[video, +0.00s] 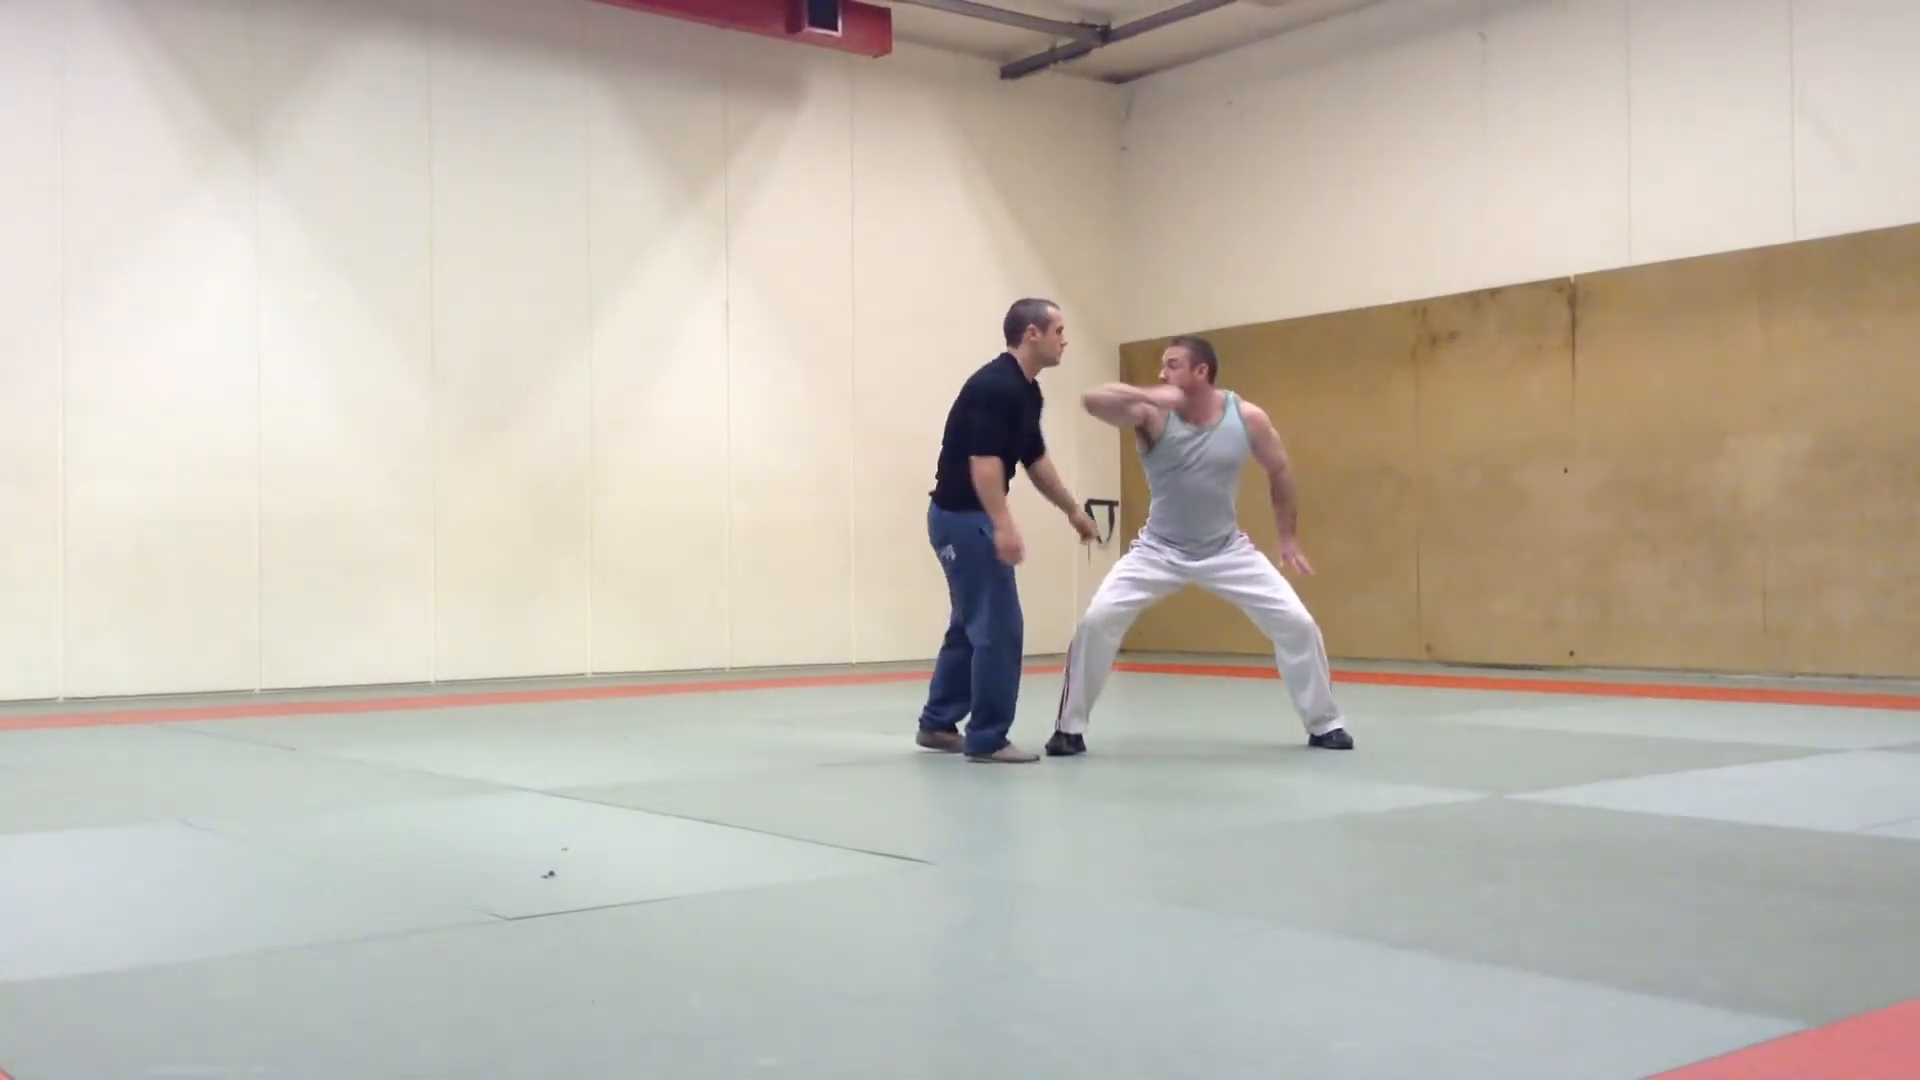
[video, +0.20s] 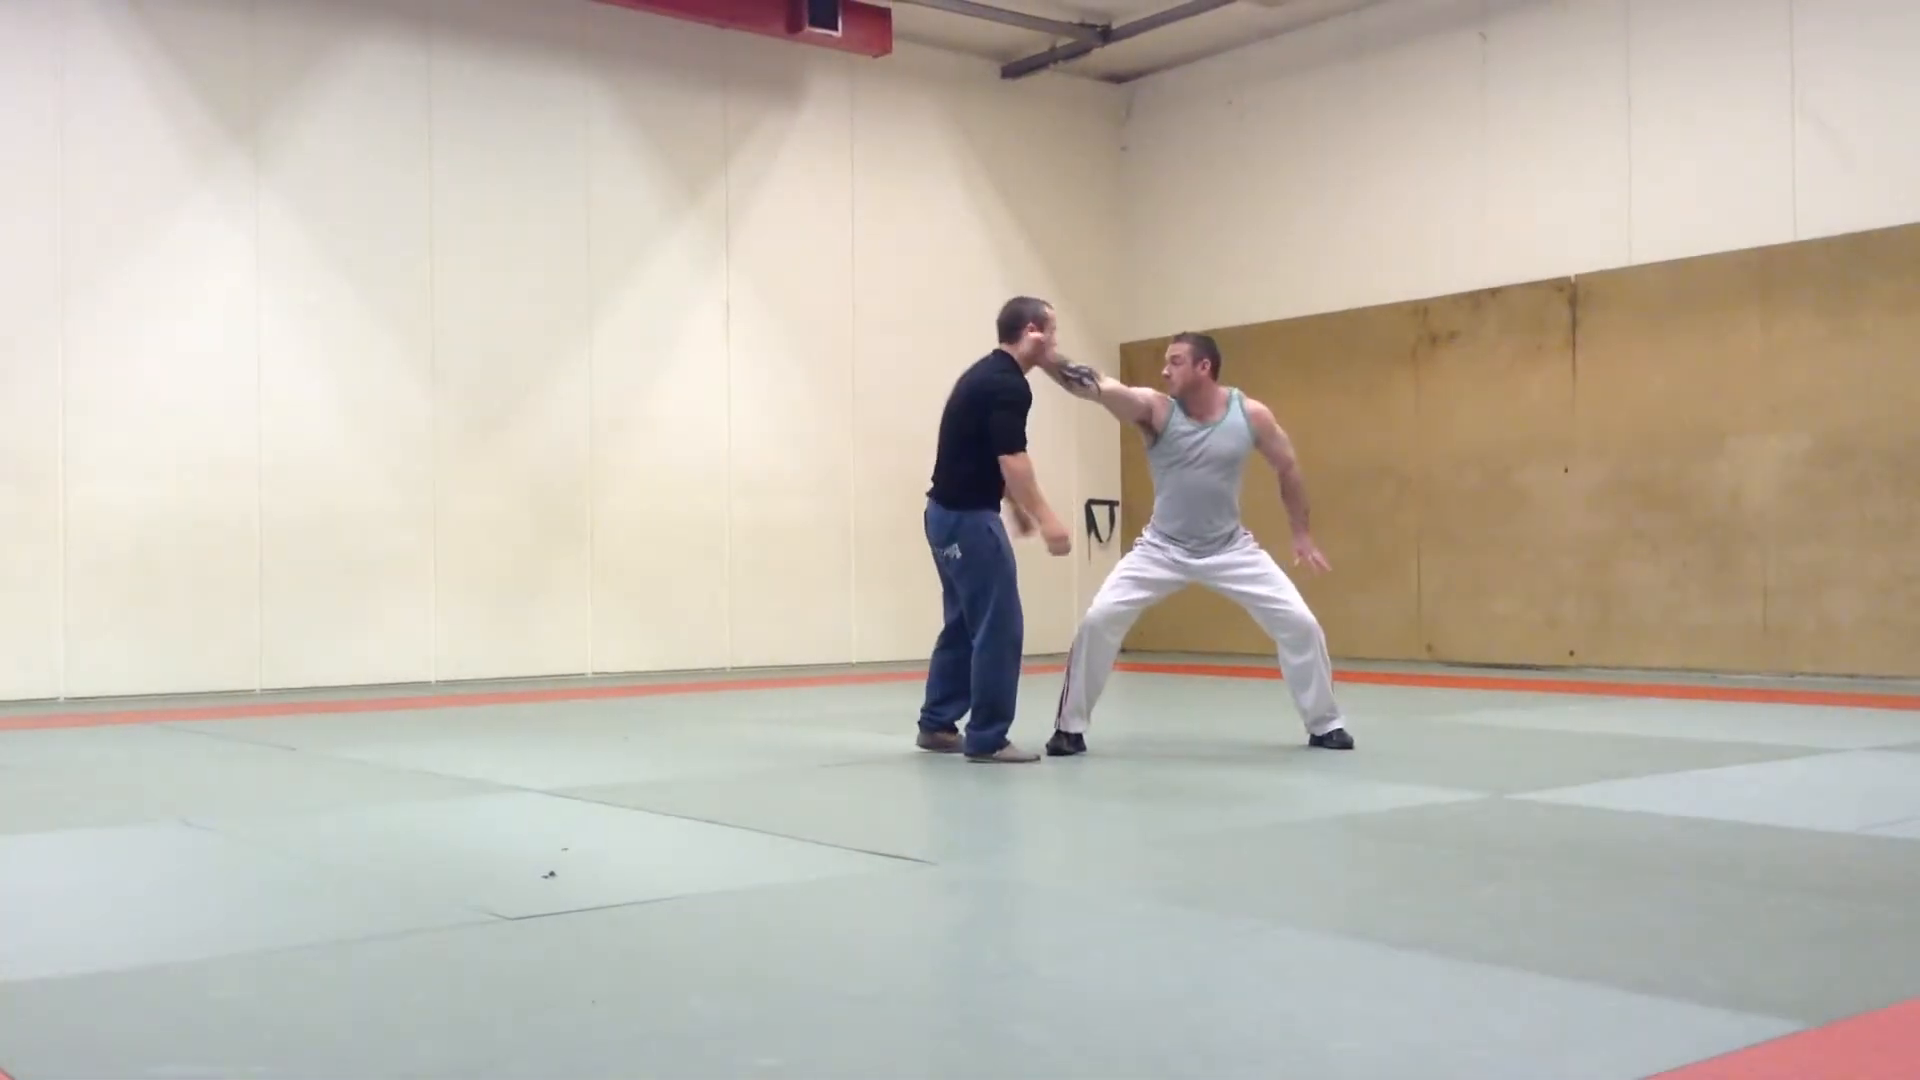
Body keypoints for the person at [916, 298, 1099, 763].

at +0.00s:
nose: (1064, 339)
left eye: (1063, 331)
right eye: (1058, 331)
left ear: (1033, 334)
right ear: (1032, 334)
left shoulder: (1027, 391)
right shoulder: (994, 386)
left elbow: (1036, 461)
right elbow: (984, 465)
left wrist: (1073, 509)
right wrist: (1004, 525)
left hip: (973, 519)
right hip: (966, 520)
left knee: (969, 624)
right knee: (999, 628)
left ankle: (937, 723)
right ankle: (987, 741)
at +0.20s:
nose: (1056, 341)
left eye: (1055, 332)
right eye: (1052, 332)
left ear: (1015, 333)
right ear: (1031, 333)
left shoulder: (986, 372)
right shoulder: (1007, 382)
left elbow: (991, 449)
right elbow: (1012, 460)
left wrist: (1014, 500)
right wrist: (1047, 521)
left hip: (947, 516)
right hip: (970, 521)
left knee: (965, 623)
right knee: (1001, 626)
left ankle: (937, 723)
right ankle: (987, 739)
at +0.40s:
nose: (1012, 330)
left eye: (1005, 322)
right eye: (1011, 323)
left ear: (965, 326)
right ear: (1005, 325)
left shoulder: (939, 376)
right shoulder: (1004, 380)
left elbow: (934, 453)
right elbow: (1028, 461)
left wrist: (945, 503)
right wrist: (1058, 515)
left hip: (942, 520)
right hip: (982, 524)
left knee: (959, 622)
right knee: (1004, 626)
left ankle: (937, 726)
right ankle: (987, 738)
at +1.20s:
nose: (966, 334)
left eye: (964, 327)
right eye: (965, 327)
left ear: (918, 330)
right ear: (954, 326)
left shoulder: (898, 390)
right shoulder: (968, 375)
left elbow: (910, 464)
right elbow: (1004, 447)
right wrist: (1028, 488)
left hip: (937, 526)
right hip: (978, 524)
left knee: (961, 623)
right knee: (1006, 622)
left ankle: (939, 724)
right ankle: (989, 730)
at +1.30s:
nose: (970, 333)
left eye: (970, 326)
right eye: (969, 326)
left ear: (923, 327)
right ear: (956, 324)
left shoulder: (899, 380)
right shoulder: (963, 373)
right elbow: (1003, 455)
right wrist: (1030, 488)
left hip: (936, 521)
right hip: (977, 521)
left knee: (960, 621)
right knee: (1005, 619)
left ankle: (939, 722)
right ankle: (989, 732)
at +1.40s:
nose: (970, 333)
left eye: (969, 325)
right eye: (969, 325)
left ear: (923, 326)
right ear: (957, 324)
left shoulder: (898, 380)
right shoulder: (964, 376)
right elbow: (996, 445)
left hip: (937, 515)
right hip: (979, 511)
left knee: (963, 617)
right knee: (1009, 616)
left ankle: (940, 721)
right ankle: (990, 732)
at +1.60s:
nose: (947, 345)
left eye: (943, 337)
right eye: (943, 338)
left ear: (895, 344)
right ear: (932, 341)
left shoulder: (882, 396)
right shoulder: (954, 395)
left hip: (930, 524)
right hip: (967, 519)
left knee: (962, 618)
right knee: (1011, 616)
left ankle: (942, 719)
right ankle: (993, 729)